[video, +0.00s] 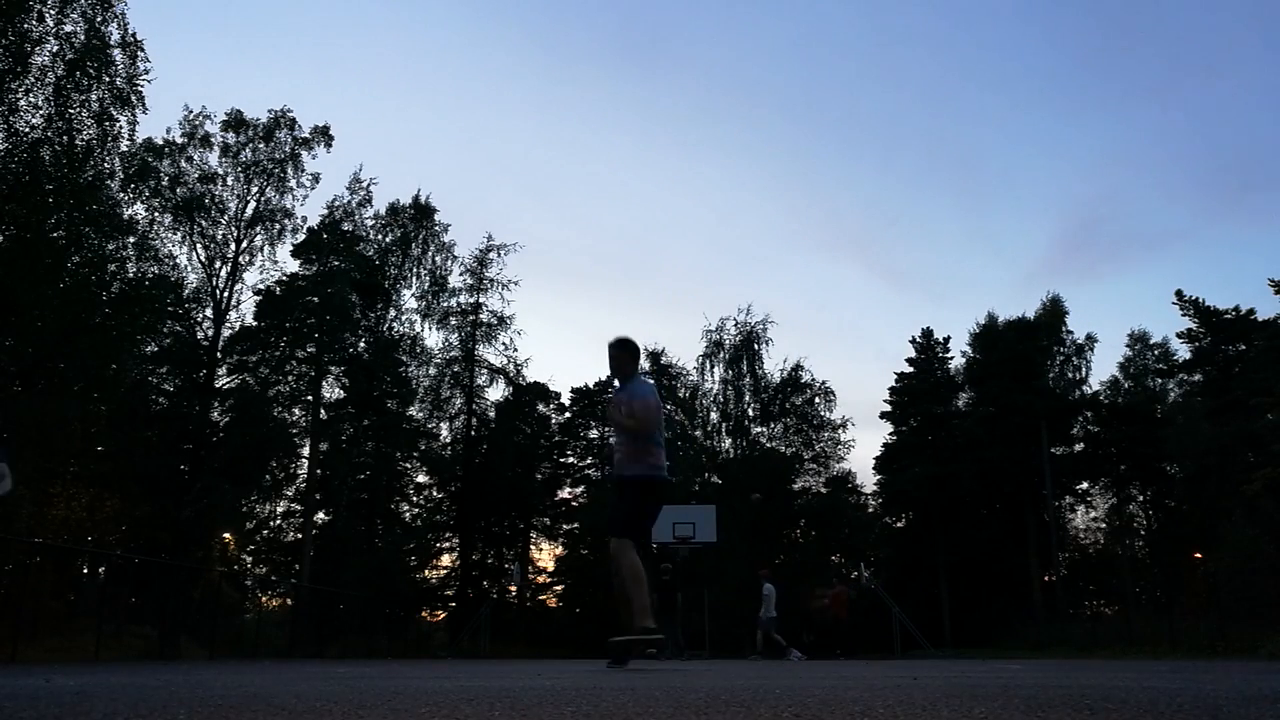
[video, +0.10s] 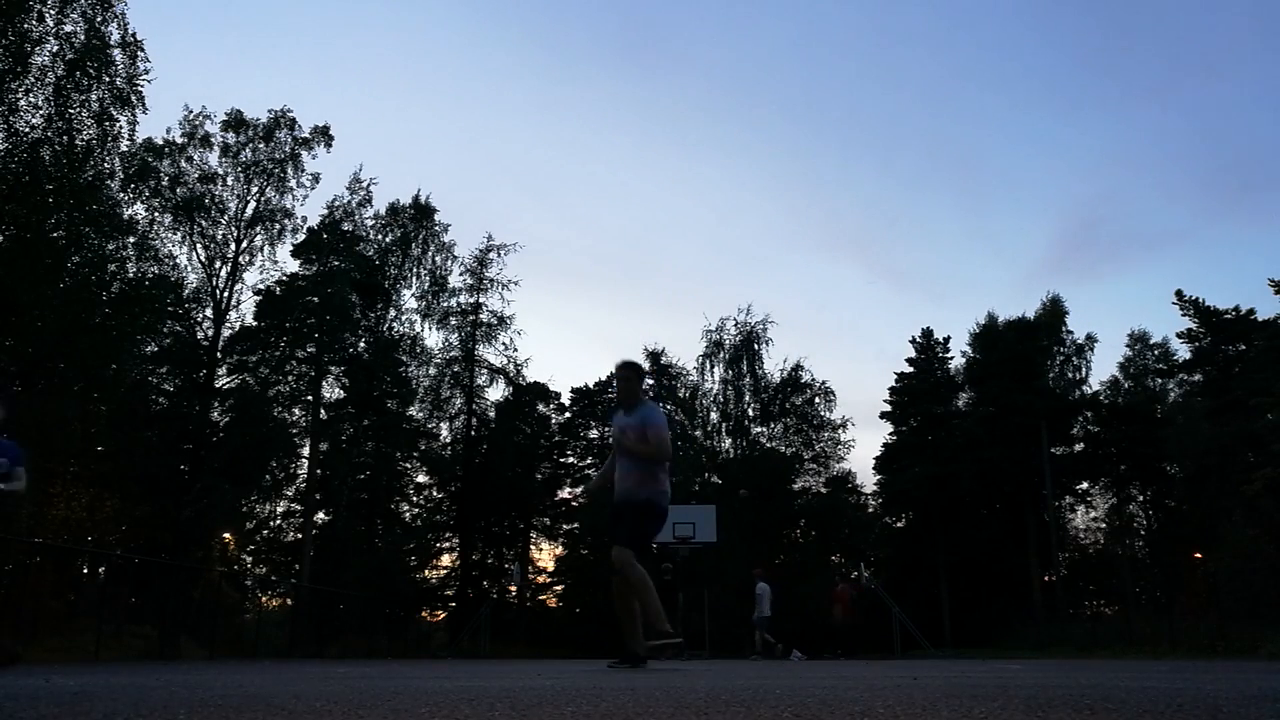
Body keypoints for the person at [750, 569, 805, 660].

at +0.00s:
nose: (761, 580)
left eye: (761, 578)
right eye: (762, 578)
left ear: (762, 578)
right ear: (768, 578)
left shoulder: (766, 588)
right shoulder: (771, 587)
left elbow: (765, 603)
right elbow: (769, 602)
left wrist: (762, 613)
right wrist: (767, 612)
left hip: (766, 615)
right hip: (772, 615)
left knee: (760, 633)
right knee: (773, 634)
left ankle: (759, 653)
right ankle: (787, 649)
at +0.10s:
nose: (755, 579)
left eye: (755, 577)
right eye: (756, 577)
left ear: (756, 578)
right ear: (762, 577)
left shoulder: (759, 587)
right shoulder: (766, 587)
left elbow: (758, 603)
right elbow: (769, 600)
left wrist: (756, 613)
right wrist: (767, 610)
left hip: (760, 614)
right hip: (767, 613)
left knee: (759, 633)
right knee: (763, 632)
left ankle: (758, 652)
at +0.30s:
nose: (745, 580)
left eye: (745, 578)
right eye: (746, 578)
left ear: (746, 579)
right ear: (753, 578)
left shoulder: (747, 588)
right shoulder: (758, 587)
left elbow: (743, 601)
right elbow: (763, 599)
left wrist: (737, 612)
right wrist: (763, 611)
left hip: (749, 615)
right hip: (758, 614)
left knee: (748, 633)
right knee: (755, 633)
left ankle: (749, 652)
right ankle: (758, 652)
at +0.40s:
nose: (740, 582)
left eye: (740, 580)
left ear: (741, 581)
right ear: (748, 580)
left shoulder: (742, 589)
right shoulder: (753, 590)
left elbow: (737, 602)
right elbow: (758, 602)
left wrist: (731, 612)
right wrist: (759, 612)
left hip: (744, 615)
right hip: (753, 615)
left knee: (752, 634)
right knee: (742, 634)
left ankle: (757, 652)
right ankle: (736, 651)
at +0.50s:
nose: (737, 582)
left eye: (737, 581)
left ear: (737, 581)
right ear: (744, 581)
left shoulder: (737, 590)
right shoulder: (748, 590)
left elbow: (732, 602)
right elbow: (753, 602)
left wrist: (725, 613)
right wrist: (754, 614)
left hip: (739, 616)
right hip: (747, 616)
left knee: (746, 633)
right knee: (737, 633)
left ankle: (754, 651)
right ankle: (732, 650)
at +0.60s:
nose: (732, 582)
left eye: (732, 580)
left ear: (732, 581)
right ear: (739, 581)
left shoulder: (731, 589)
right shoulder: (743, 590)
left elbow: (727, 601)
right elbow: (748, 601)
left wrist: (721, 612)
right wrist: (747, 613)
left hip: (733, 616)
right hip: (741, 616)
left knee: (735, 633)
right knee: (735, 633)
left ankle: (749, 647)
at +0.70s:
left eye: (728, 579)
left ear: (728, 580)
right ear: (735, 580)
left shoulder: (727, 589)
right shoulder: (738, 589)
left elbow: (724, 600)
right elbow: (742, 600)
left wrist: (719, 610)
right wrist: (741, 610)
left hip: (728, 615)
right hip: (737, 614)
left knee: (726, 632)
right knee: (733, 632)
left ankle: (738, 643)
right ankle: (729, 653)